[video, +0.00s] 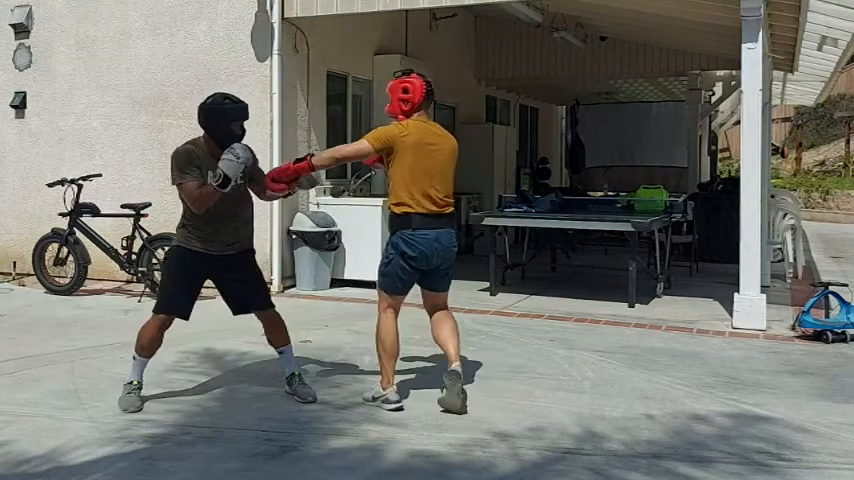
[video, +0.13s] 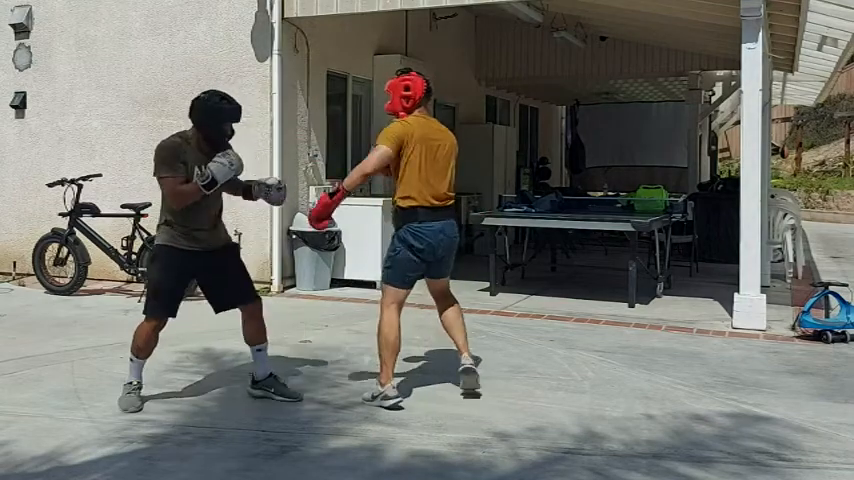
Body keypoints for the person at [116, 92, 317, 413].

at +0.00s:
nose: (242, 129)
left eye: (242, 123)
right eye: (236, 124)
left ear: (238, 122)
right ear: (215, 126)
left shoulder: (241, 153)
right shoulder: (186, 155)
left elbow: (264, 190)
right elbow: (198, 204)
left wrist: (294, 182)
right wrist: (224, 175)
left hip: (236, 253)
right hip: (190, 252)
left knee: (267, 312)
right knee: (163, 316)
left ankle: (293, 374)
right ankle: (134, 381)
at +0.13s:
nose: (231, 132)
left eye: (232, 126)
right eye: (225, 126)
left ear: (222, 124)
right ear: (204, 125)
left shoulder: (221, 153)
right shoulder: (170, 150)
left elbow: (230, 186)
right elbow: (175, 199)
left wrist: (257, 189)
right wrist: (210, 176)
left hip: (216, 245)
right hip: (174, 246)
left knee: (252, 306)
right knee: (155, 318)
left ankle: (263, 376)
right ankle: (133, 383)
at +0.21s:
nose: (230, 130)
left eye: (232, 123)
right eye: (225, 123)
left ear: (218, 121)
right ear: (204, 120)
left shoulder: (215, 147)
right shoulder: (170, 142)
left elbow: (225, 181)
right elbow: (178, 192)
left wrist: (250, 178)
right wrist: (216, 170)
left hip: (210, 241)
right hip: (170, 242)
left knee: (247, 300)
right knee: (155, 317)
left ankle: (238, 376)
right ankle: (132, 382)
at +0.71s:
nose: (240, 134)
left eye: (241, 129)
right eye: (238, 128)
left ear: (214, 123)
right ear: (224, 126)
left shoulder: (211, 154)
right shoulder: (192, 141)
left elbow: (225, 203)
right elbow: (218, 194)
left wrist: (246, 170)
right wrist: (241, 161)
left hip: (184, 249)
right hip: (151, 246)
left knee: (217, 306)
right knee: (143, 318)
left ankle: (207, 381)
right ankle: (91, 393)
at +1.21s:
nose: (212, 138)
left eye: (213, 133)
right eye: (210, 132)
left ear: (183, 129)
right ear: (194, 131)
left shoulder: (179, 156)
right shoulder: (164, 151)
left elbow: (179, 200)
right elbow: (191, 201)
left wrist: (208, 171)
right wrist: (215, 171)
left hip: (167, 257)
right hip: (136, 257)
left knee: (212, 306)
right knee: (126, 334)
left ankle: (206, 381)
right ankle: (72, 408)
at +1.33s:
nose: (219, 148)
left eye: (219, 141)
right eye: (216, 141)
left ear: (185, 137)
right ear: (201, 141)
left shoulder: (175, 163)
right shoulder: (171, 159)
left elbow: (156, 220)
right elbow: (196, 210)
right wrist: (219, 180)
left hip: (165, 263)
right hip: (137, 263)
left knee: (213, 307)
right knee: (133, 340)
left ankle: (206, 381)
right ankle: (73, 409)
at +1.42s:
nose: (220, 157)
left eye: (220, 150)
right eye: (217, 150)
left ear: (186, 145)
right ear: (203, 149)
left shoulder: (177, 170)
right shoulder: (177, 165)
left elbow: (186, 227)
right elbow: (195, 219)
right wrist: (220, 192)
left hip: (161, 268)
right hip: (131, 268)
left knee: (210, 308)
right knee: (138, 343)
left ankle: (207, 382)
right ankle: (74, 409)